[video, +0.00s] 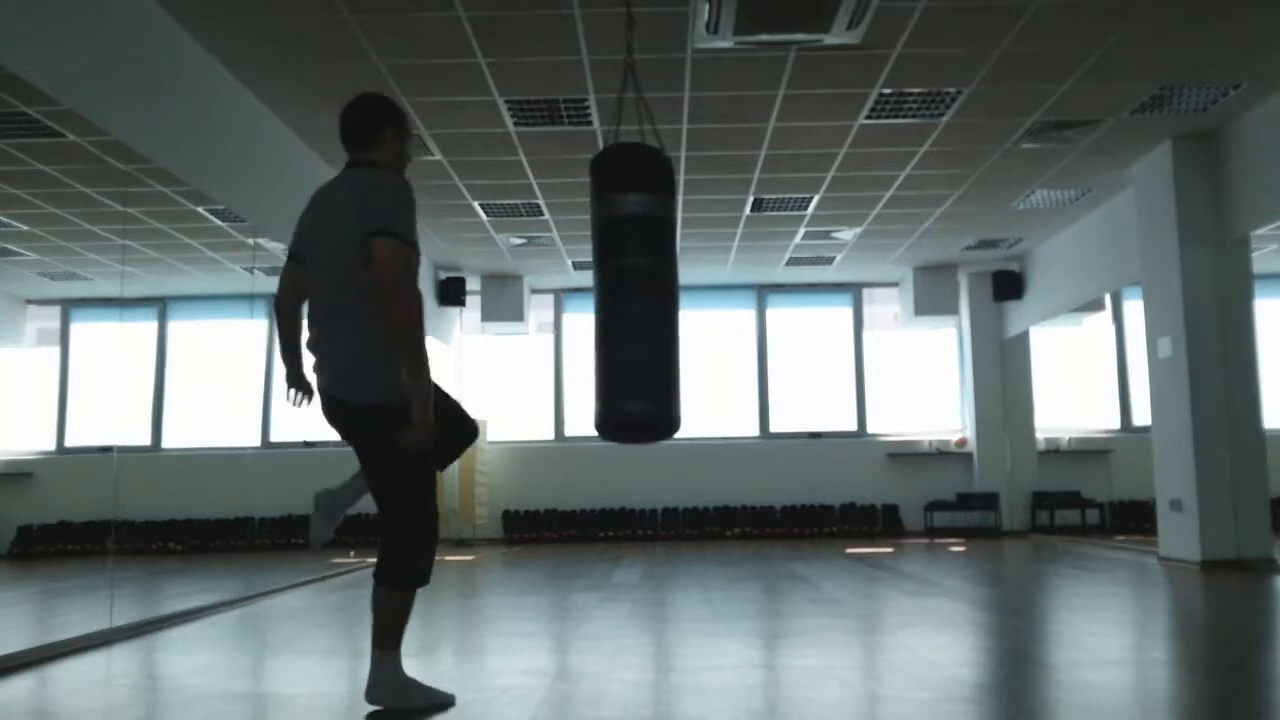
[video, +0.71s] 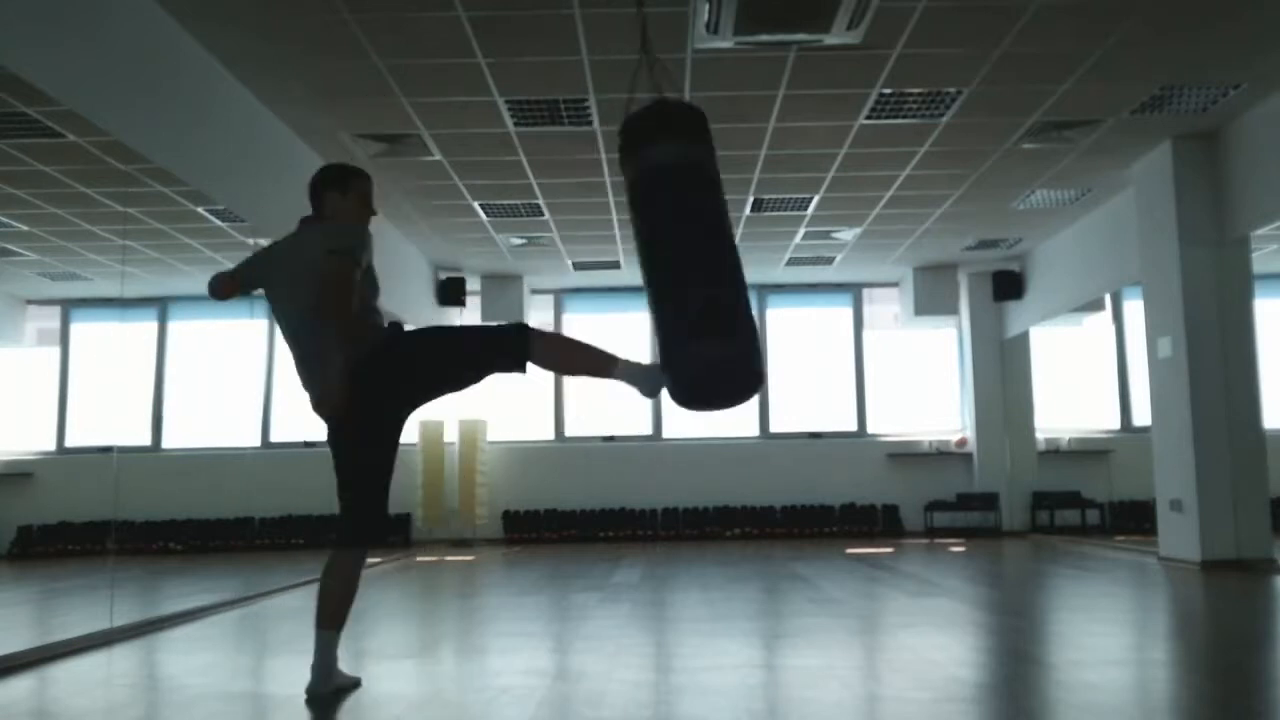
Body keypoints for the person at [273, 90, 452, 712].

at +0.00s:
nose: (407, 150)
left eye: (405, 139)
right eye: (404, 139)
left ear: (349, 142)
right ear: (389, 139)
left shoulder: (321, 202)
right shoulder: (390, 192)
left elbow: (288, 297)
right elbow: (395, 287)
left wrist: (293, 363)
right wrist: (420, 382)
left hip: (340, 389)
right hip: (384, 387)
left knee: (458, 429)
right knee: (410, 524)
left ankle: (340, 500)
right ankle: (386, 673)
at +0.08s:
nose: (409, 152)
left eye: (407, 141)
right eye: (404, 141)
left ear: (352, 145)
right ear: (385, 141)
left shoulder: (318, 206)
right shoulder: (397, 193)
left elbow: (265, 288)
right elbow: (420, 284)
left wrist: (231, 361)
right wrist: (448, 378)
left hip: (345, 389)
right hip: (396, 384)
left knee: (493, 368)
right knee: (410, 519)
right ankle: (388, 667)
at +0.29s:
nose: (411, 160)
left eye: (410, 149)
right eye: (407, 149)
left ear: (353, 151)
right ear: (389, 147)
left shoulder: (309, 210)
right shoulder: (402, 202)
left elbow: (231, 268)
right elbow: (448, 297)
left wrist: (153, 320)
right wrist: (489, 363)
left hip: (359, 382)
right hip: (394, 380)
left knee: (502, 328)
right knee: (395, 536)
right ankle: (385, 683)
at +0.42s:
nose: (432, 187)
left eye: (431, 176)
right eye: (425, 175)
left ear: (387, 178)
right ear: (402, 175)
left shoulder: (386, 235)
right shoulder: (382, 217)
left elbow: (435, 307)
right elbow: (349, 302)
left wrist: (443, 250)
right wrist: (404, 280)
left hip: (407, 396)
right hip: (435, 354)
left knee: (436, 527)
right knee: (553, 305)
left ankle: (430, 671)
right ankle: (683, 296)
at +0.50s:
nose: (434, 185)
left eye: (432, 176)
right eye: (427, 174)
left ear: (388, 176)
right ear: (403, 175)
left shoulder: (383, 236)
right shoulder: (383, 225)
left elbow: (402, 328)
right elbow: (362, 307)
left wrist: (445, 295)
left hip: (399, 397)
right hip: (434, 365)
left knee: (425, 535)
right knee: (562, 356)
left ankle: (430, 678)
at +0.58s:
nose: (410, 184)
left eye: (410, 176)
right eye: (405, 175)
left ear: (368, 174)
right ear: (380, 171)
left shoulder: (378, 222)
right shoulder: (358, 203)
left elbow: (425, 269)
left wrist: (428, 220)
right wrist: (258, 241)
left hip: (385, 385)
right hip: (417, 352)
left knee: (417, 516)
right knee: (528, 335)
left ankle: (412, 655)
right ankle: (633, 369)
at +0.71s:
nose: (370, 210)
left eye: (369, 201)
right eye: (361, 200)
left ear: (320, 205)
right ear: (329, 200)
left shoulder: (277, 258)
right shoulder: (348, 235)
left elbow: (219, 288)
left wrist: (253, 275)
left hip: (349, 408)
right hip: (393, 363)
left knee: (353, 539)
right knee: (520, 340)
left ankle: (323, 670)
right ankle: (643, 376)